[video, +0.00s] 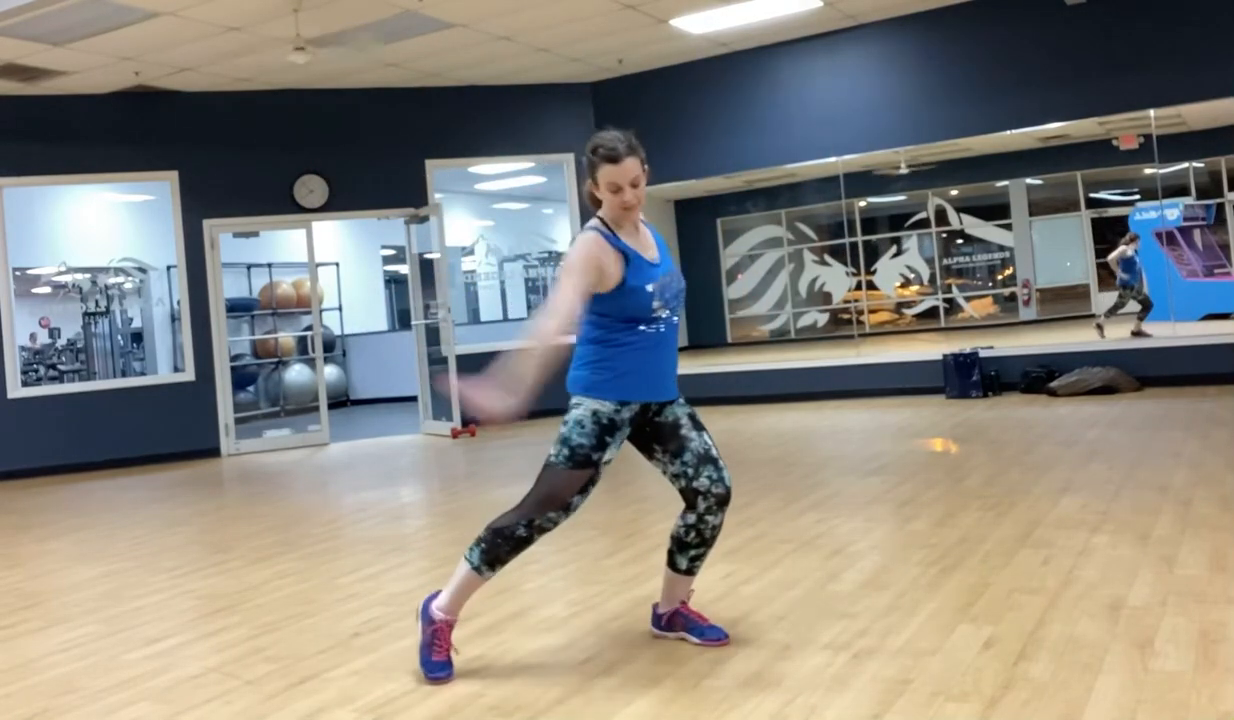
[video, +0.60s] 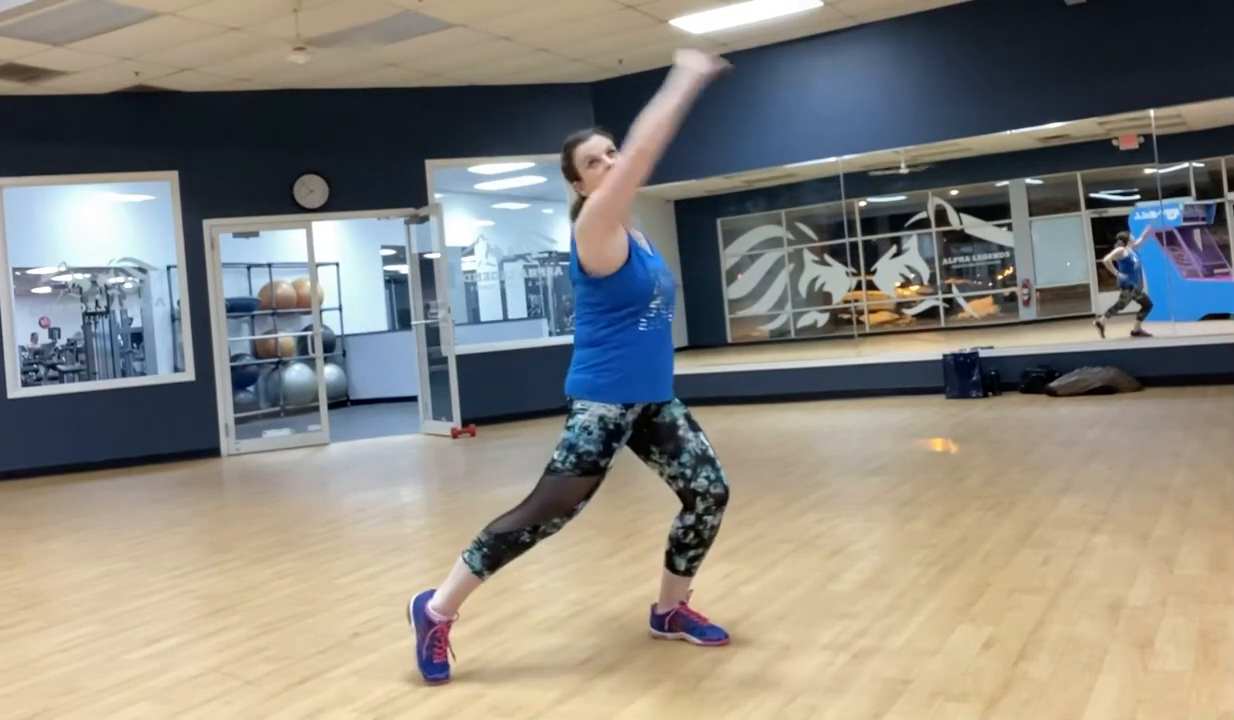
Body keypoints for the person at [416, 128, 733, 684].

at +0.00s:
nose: (631, 196)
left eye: (637, 183)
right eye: (617, 189)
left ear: (646, 177)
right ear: (596, 192)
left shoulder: (647, 229)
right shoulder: (592, 248)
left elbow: (640, 300)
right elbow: (553, 326)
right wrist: (508, 388)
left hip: (659, 398)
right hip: (601, 404)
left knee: (712, 493)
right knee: (545, 510)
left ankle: (671, 608)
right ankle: (442, 610)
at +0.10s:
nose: (632, 193)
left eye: (638, 180)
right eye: (618, 186)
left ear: (646, 176)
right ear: (595, 192)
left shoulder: (643, 233)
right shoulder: (595, 248)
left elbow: (647, 316)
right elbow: (602, 338)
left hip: (659, 401)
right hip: (605, 404)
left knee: (712, 495)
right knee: (547, 510)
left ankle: (671, 608)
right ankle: (440, 609)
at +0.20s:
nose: (628, 183)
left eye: (632, 172)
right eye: (614, 177)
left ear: (640, 173)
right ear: (589, 188)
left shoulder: (633, 236)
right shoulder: (600, 244)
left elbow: (678, 294)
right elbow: (675, 297)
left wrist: (744, 322)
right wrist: (743, 325)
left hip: (653, 400)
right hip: (605, 402)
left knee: (713, 493)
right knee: (552, 511)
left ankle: (672, 608)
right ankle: (439, 609)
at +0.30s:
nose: (625, 176)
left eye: (627, 165)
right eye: (609, 173)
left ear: (635, 167)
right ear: (589, 189)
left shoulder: (635, 232)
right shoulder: (602, 239)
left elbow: (705, 262)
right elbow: (698, 265)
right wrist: (778, 255)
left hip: (654, 400)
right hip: (604, 403)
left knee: (713, 493)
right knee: (553, 510)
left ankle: (671, 608)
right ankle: (439, 608)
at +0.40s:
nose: (621, 170)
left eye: (623, 158)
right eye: (605, 167)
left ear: (633, 162)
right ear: (586, 186)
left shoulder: (635, 223)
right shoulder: (606, 230)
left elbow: (697, 215)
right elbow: (692, 216)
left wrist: (749, 175)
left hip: (654, 400)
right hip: (604, 403)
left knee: (713, 492)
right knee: (551, 511)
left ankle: (671, 607)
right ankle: (438, 608)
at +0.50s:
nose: (617, 164)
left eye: (618, 154)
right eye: (601, 162)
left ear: (626, 160)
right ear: (580, 182)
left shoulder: (621, 224)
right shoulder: (600, 227)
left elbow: (667, 163)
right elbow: (665, 164)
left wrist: (713, 103)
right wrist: (719, 96)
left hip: (653, 399)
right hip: (605, 402)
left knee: (711, 489)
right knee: (552, 509)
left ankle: (672, 607)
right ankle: (437, 609)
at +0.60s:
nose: (610, 162)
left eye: (613, 153)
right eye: (595, 160)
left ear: (623, 164)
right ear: (578, 182)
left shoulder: (622, 229)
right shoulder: (594, 227)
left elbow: (642, 148)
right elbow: (641, 150)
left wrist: (681, 80)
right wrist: (687, 73)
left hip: (652, 399)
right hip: (602, 402)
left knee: (708, 491)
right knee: (551, 509)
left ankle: (671, 609)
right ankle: (435, 611)